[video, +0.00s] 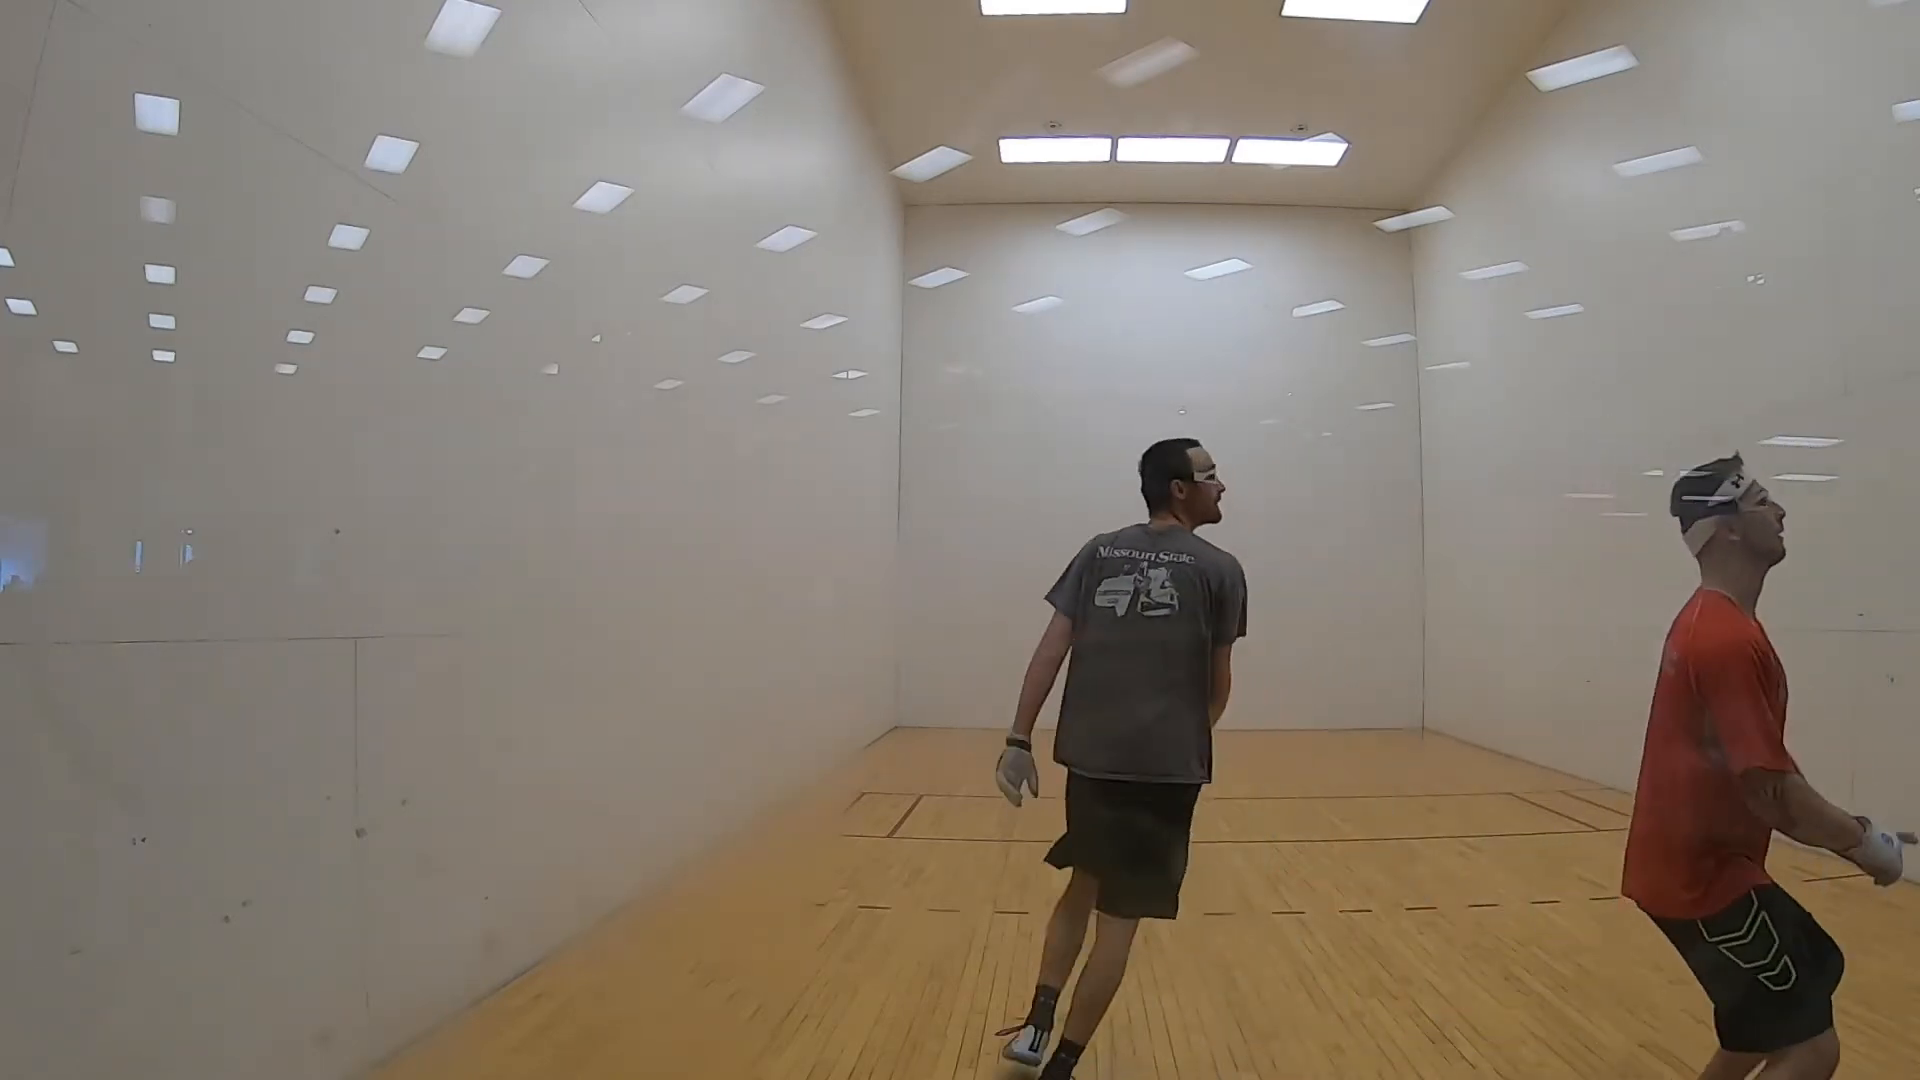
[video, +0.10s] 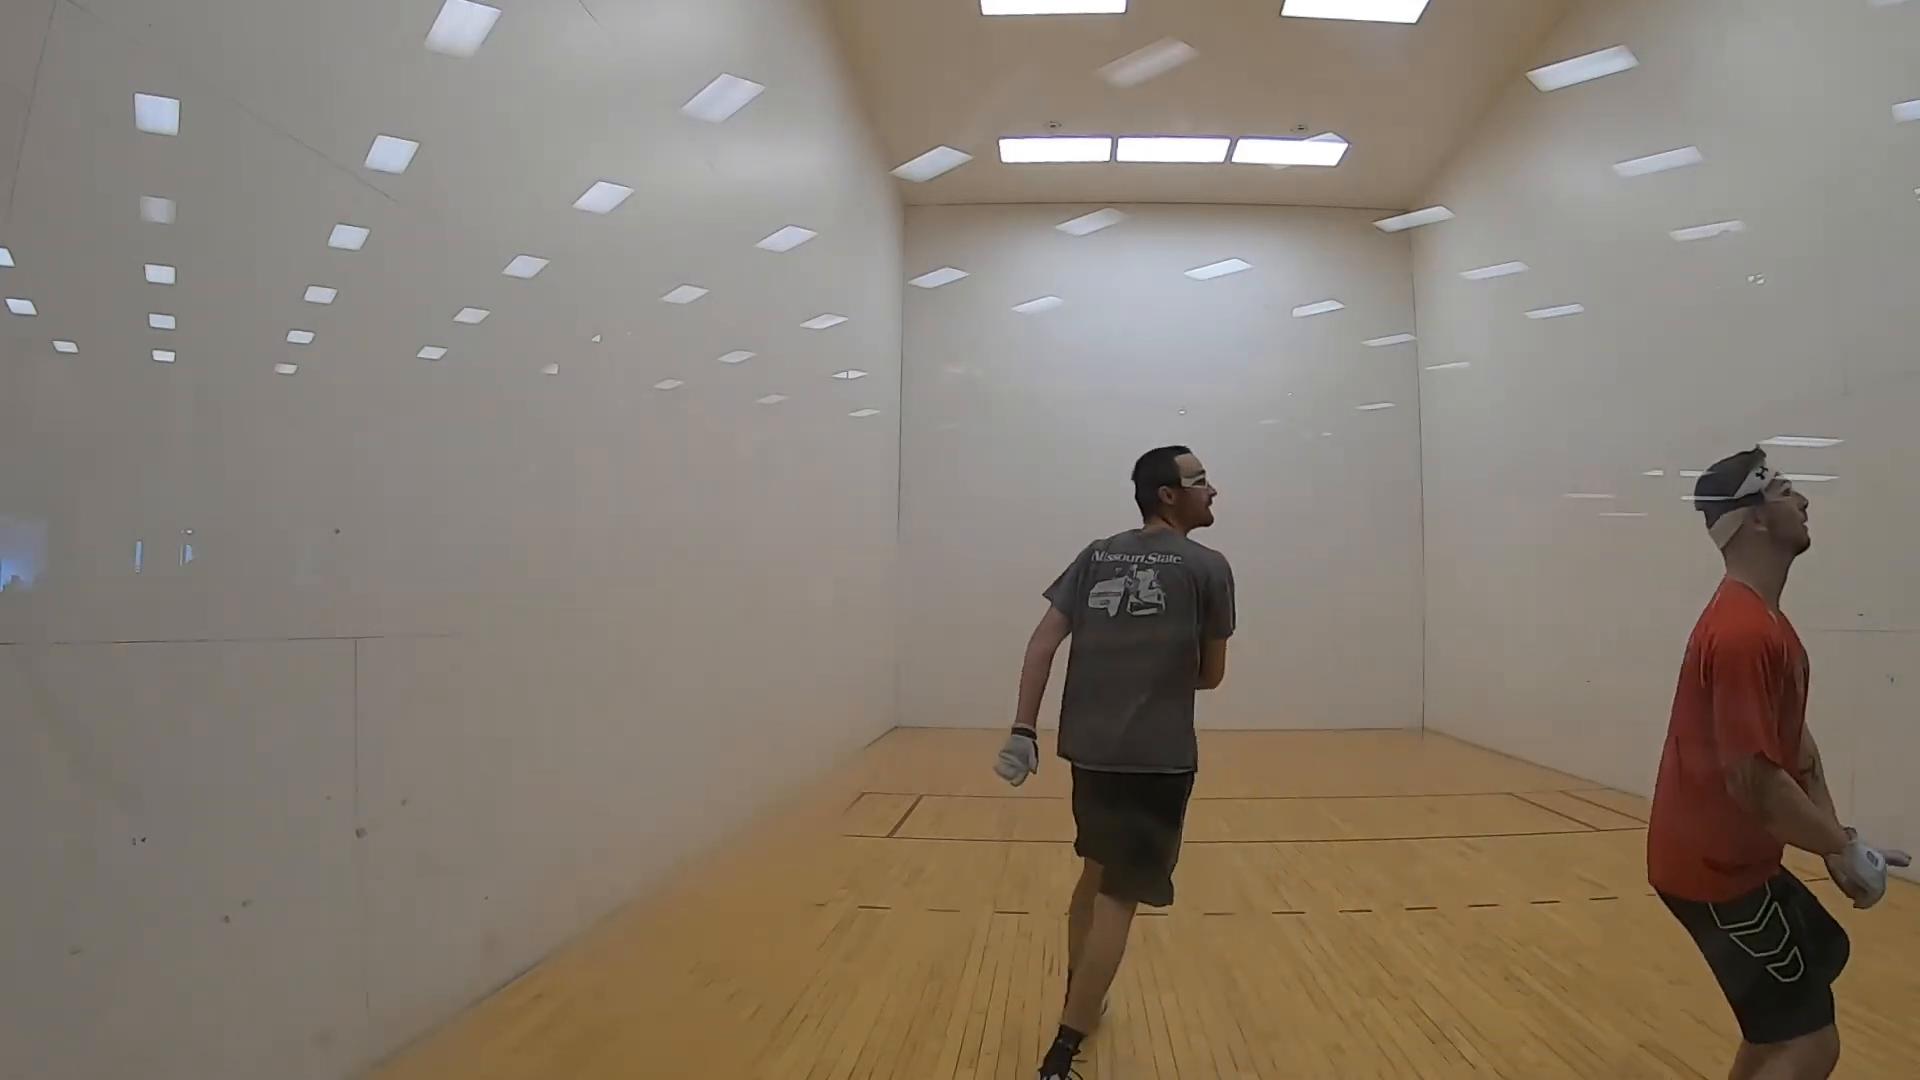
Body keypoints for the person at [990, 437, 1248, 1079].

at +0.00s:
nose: (1222, 486)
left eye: (1217, 474)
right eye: (1211, 477)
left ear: (1159, 492)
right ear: (1178, 490)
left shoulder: (1099, 551)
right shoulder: (1217, 566)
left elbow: (1051, 650)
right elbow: (1218, 683)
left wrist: (1019, 734)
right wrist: (1194, 738)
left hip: (1089, 757)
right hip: (1166, 766)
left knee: (1082, 886)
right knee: (1117, 927)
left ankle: (1037, 1028)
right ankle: (1060, 1066)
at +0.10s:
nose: (1214, 490)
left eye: (1208, 478)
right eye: (1201, 481)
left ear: (1154, 498)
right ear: (1166, 496)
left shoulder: (1097, 556)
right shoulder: (1207, 567)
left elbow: (1041, 642)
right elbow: (1209, 673)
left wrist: (1024, 727)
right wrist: (1151, 664)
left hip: (1087, 748)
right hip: (1157, 757)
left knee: (1094, 873)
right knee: (1118, 902)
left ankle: (1081, 992)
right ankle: (1061, 1056)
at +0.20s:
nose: (1204, 504)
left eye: (1199, 494)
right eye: (1193, 497)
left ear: (1149, 513)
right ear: (1161, 510)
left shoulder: (1094, 571)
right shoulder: (1199, 579)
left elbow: (1044, 659)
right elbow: (1214, 679)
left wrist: (1032, 740)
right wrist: (1172, 642)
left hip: (1090, 755)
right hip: (1154, 764)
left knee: (1109, 874)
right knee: (1130, 898)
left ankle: (1102, 992)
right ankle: (1069, 1045)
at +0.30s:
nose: (1199, 506)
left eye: (1195, 495)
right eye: (1189, 498)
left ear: (1147, 514)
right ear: (1159, 511)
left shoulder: (1098, 570)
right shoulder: (1196, 576)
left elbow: (1066, 661)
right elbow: (1214, 676)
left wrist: (1057, 741)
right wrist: (1169, 657)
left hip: (1099, 753)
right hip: (1163, 757)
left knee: (1111, 868)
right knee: (1164, 878)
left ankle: (1099, 983)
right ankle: (1115, 978)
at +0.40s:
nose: (1204, 501)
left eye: (1200, 491)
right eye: (1193, 492)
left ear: (1152, 506)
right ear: (1161, 503)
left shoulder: (1104, 561)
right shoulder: (1198, 563)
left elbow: (1079, 655)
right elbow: (1218, 653)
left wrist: (1088, 720)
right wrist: (1209, 695)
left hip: (1110, 737)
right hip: (1176, 737)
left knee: (1110, 859)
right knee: (1192, 843)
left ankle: (1095, 991)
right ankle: (1153, 963)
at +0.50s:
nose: (1213, 509)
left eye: (1210, 498)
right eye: (1203, 499)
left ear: (1163, 511)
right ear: (1173, 508)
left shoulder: (1114, 561)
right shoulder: (1206, 564)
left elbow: (1090, 649)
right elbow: (1228, 647)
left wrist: (1118, 702)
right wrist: (1233, 710)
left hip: (1122, 734)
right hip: (1187, 731)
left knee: (1110, 856)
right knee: (1209, 835)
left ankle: (1096, 988)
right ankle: (1207, 955)